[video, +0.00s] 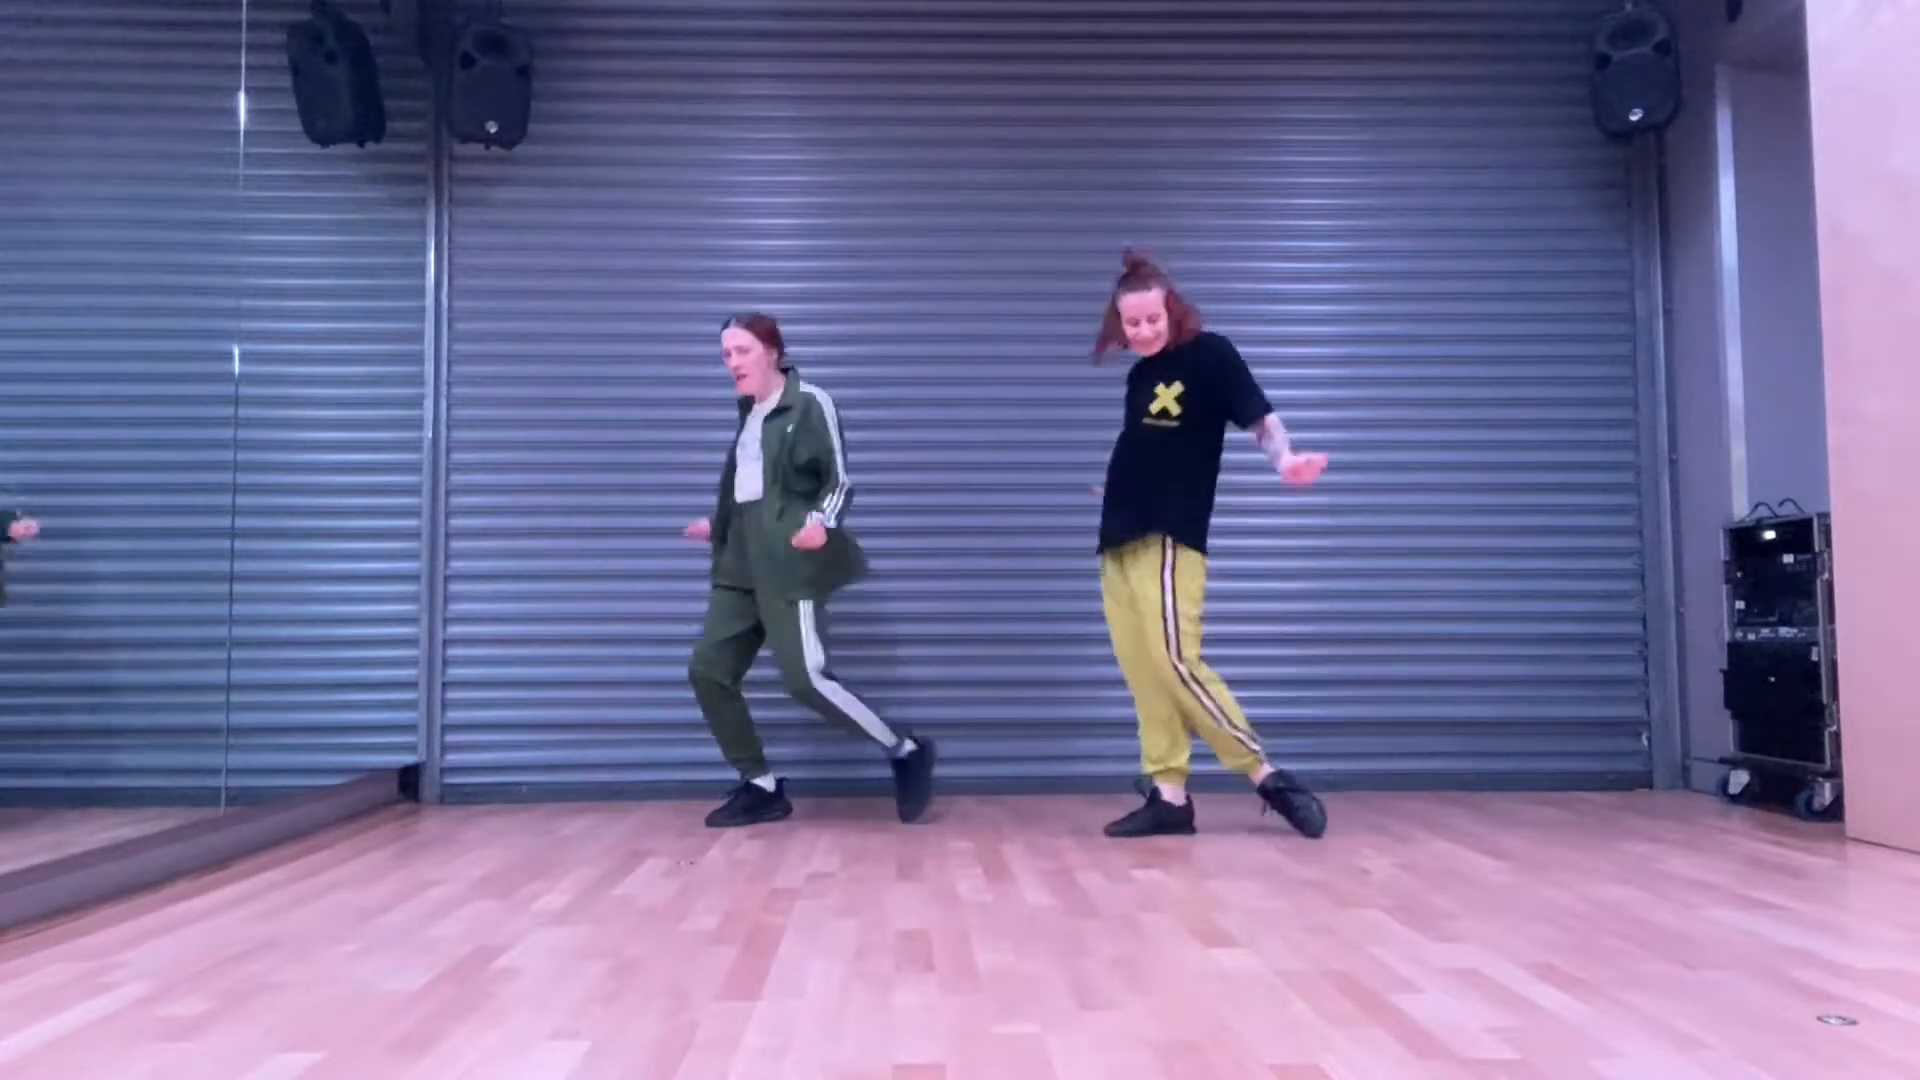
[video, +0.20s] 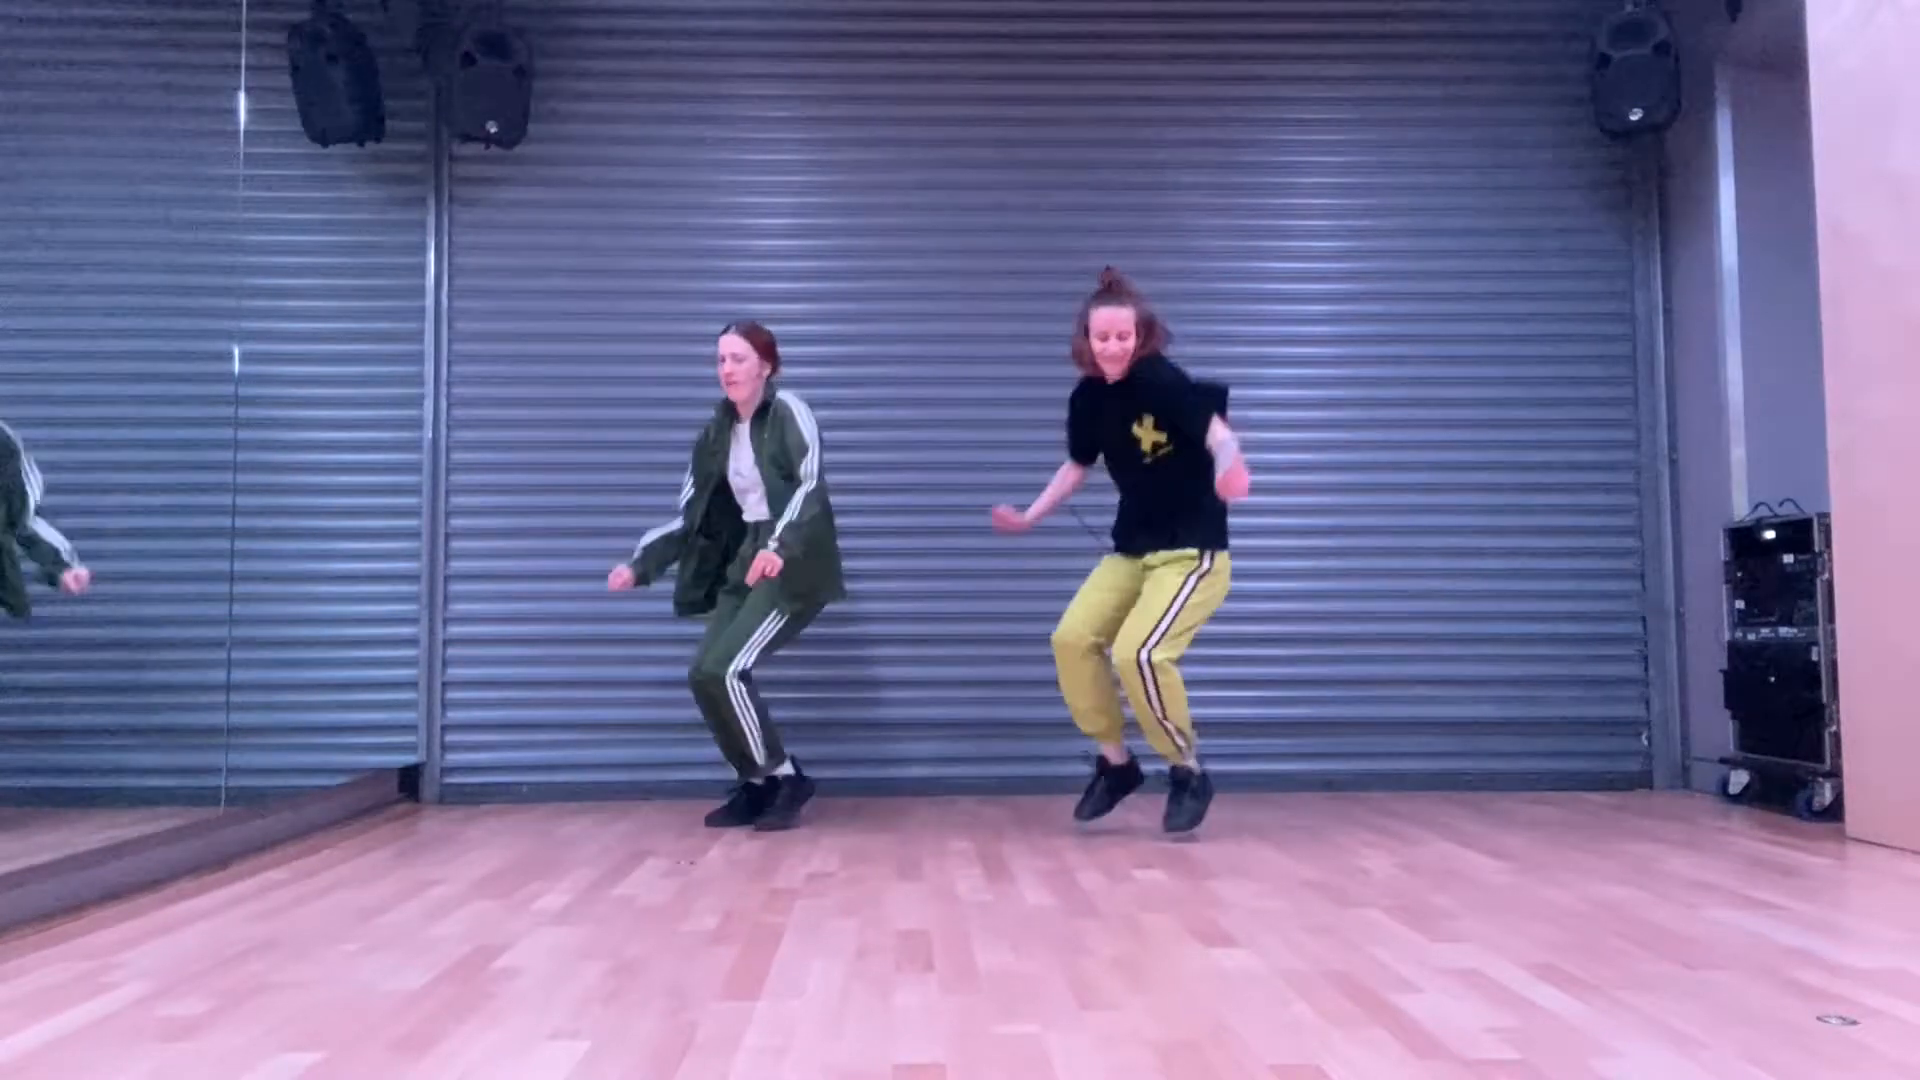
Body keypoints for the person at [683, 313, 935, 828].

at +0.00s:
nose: (733, 363)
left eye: (741, 352)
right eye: (727, 355)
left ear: (773, 354)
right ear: (728, 363)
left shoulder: (812, 404)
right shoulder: (747, 415)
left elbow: (839, 481)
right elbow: (755, 493)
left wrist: (822, 521)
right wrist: (718, 526)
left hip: (789, 562)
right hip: (740, 565)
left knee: (808, 680)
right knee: (710, 673)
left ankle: (906, 752)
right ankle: (761, 788)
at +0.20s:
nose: (727, 369)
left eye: (738, 359)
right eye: (721, 360)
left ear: (766, 366)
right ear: (718, 368)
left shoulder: (790, 414)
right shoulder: (717, 432)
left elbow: (809, 486)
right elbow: (692, 518)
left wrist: (776, 546)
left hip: (797, 559)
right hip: (745, 561)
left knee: (726, 671)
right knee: (706, 675)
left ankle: (784, 778)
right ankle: (754, 783)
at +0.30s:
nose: (718, 356)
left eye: (730, 348)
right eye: (716, 348)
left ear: (759, 359)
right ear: (714, 360)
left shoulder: (782, 406)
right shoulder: (714, 430)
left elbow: (822, 478)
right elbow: (710, 509)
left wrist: (796, 494)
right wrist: (668, 535)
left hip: (795, 569)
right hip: (743, 571)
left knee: (748, 678)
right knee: (708, 675)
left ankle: (790, 787)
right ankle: (755, 786)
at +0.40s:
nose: (721, 326)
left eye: (733, 317)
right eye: (718, 318)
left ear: (763, 326)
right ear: (719, 329)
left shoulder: (787, 378)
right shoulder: (730, 379)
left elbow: (851, 417)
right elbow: (753, 440)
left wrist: (847, 458)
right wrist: (717, 446)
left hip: (796, 526)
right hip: (740, 527)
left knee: (787, 649)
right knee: (718, 652)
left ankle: (794, 768)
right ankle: (749, 770)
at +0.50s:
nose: (725, 319)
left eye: (738, 311)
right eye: (725, 310)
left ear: (769, 325)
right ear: (729, 322)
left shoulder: (786, 372)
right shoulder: (740, 374)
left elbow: (857, 412)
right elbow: (756, 423)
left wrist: (884, 446)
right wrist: (729, 397)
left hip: (799, 525)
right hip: (746, 520)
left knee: (802, 655)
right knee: (706, 607)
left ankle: (806, 778)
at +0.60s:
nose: (768, 318)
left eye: (780, 311)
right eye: (761, 310)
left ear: (798, 328)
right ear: (748, 324)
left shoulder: (822, 384)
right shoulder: (739, 376)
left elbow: (861, 439)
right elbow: (736, 430)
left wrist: (877, 455)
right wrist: (693, 404)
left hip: (803, 524)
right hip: (745, 520)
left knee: (797, 669)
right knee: (691, 596)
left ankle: (814, 787)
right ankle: (755, 597)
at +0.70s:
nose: (805, 309)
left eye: (815, 302)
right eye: (796, 301)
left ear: (831, 317)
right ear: (781, 314)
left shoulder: (846, 384)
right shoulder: (742, 367)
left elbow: (861, 467)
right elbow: (668, 414)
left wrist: (865, 438)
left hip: (808, 521)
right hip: (740, 513)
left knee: (803, 661)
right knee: (666, 615)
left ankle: (815, 786)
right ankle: (704, 655)